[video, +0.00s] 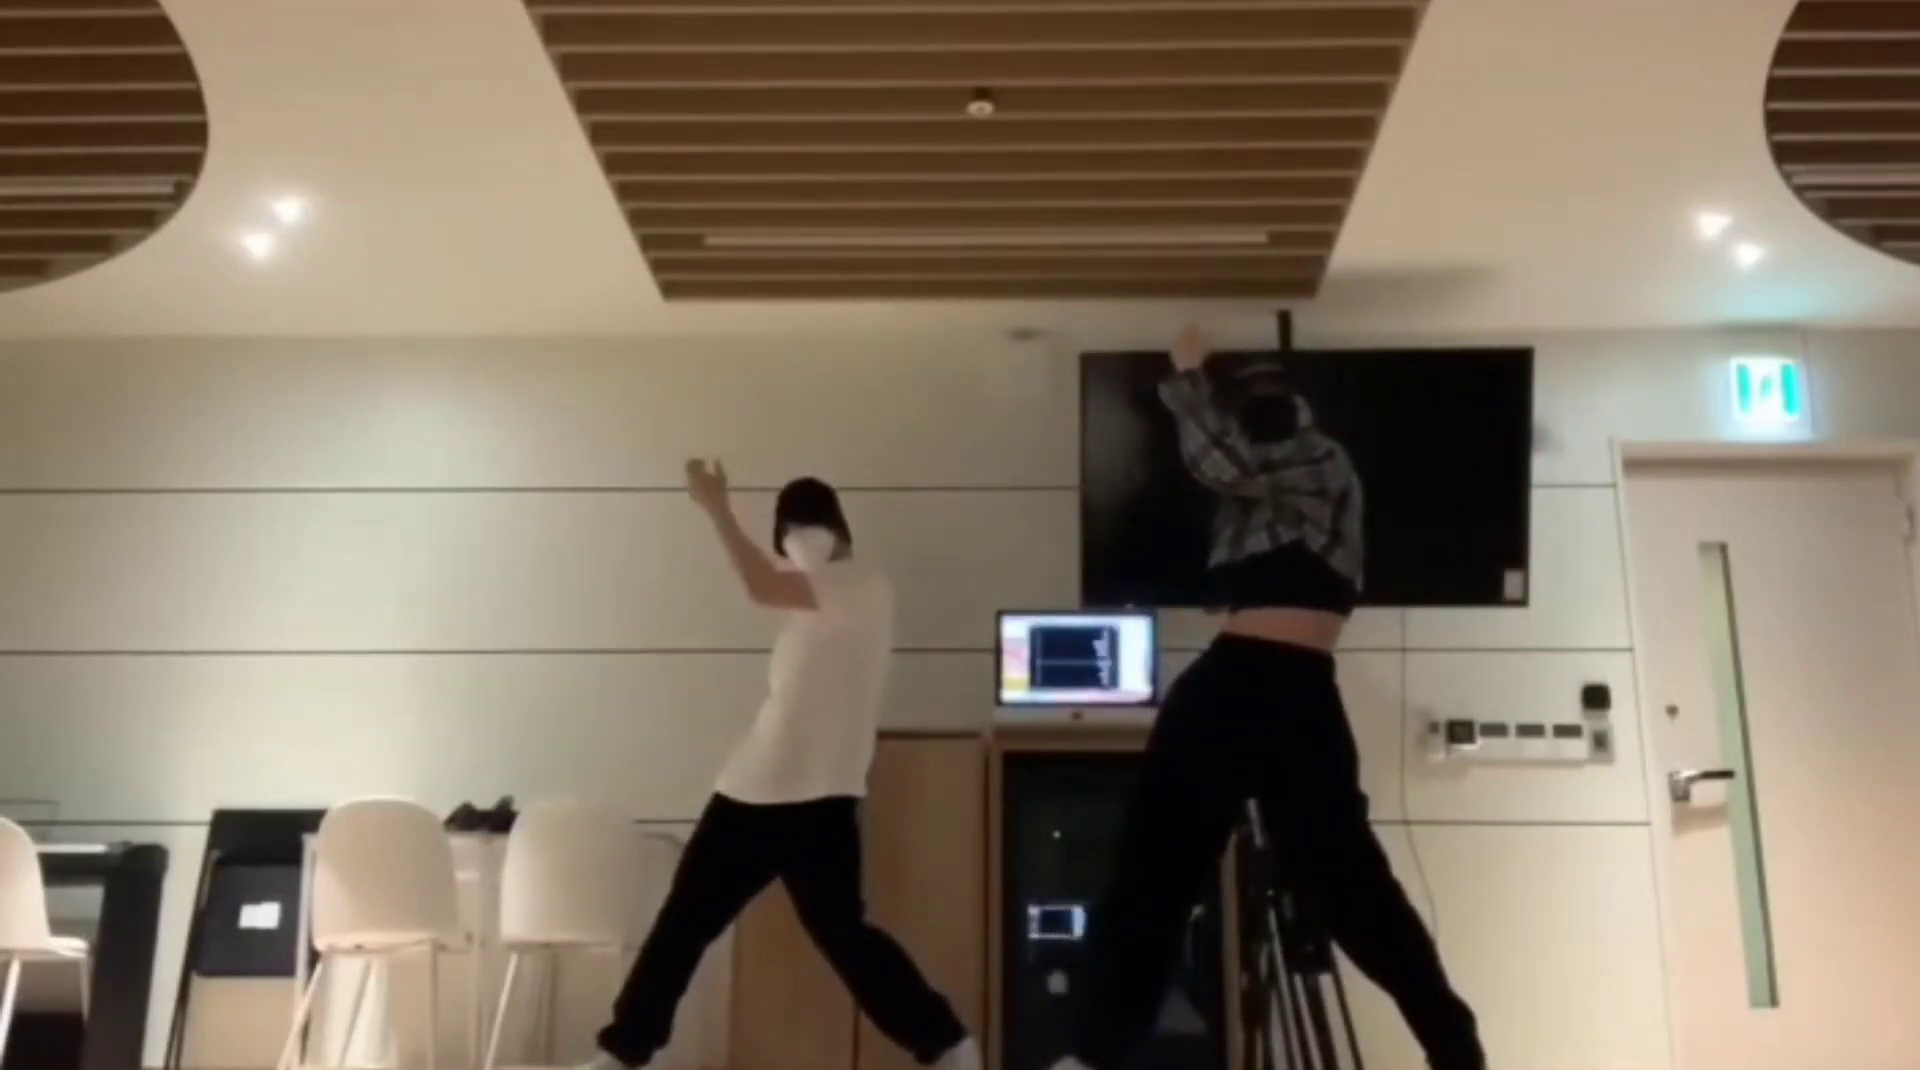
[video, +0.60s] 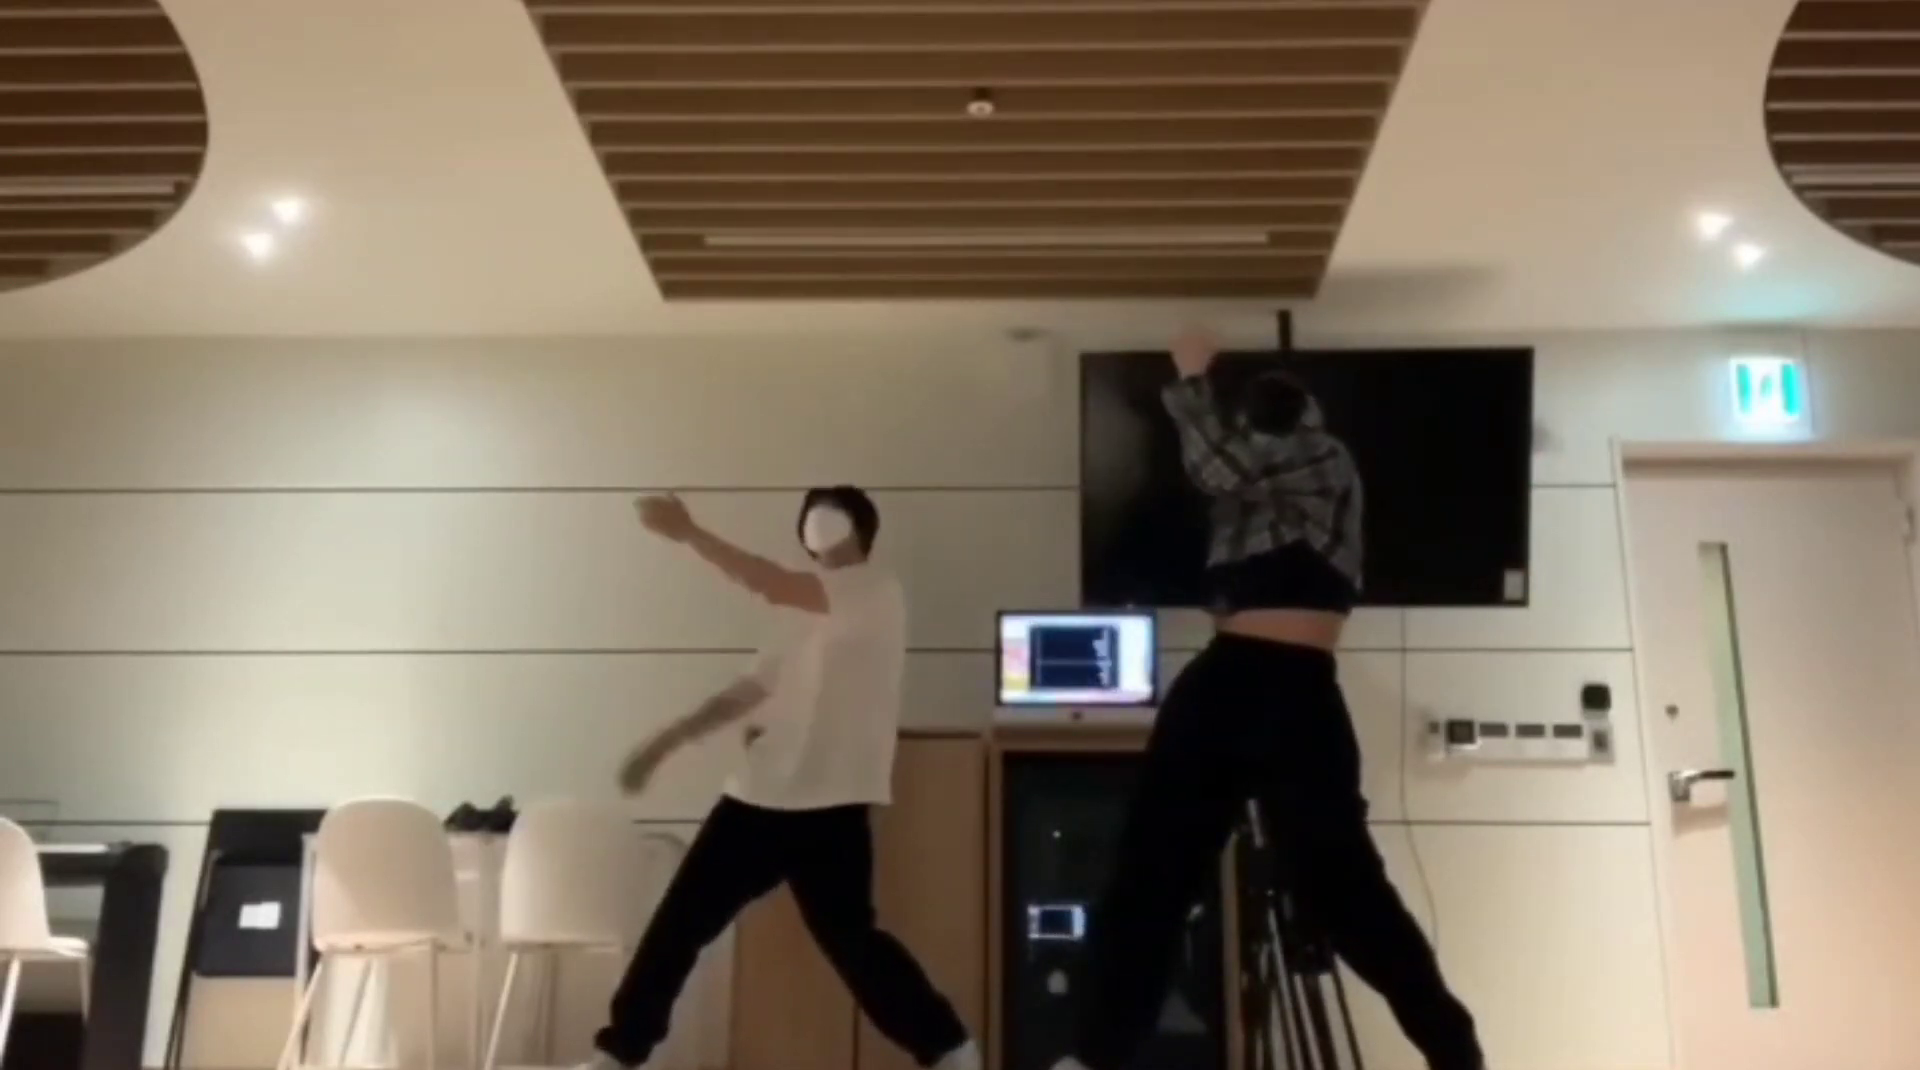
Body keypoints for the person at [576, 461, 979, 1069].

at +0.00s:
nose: (789, 554)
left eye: (791, 541)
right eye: (787, 544)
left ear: (799, 534)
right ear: (840, 530)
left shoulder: (853, 585)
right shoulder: (858, 591)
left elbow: (765, 586)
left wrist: (718, 511)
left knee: (685, 924)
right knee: (842, 931)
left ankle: (624, 1048)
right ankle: (948, 1045)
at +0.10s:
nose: (795, 554)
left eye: (795, 540)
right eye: (793, 544)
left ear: (802, 535)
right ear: (845, 531)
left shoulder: (854, 586)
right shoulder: (864, 592)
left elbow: (769, 590)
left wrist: (712, 519)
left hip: (772, 792)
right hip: (824, 796)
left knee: (685, 923)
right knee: (842, 932)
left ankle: (623, 1049)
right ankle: (948, 1046)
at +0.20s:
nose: (797, 550)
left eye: (803, 535)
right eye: (793, 540)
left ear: (830, 531)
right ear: (842, 533)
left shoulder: (861, 588)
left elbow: (771, 590)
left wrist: (713, 522)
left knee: (682, 925)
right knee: (843, 933)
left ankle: (623, 1049)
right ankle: (948, 1047)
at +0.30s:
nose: (801, 538)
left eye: (809, 523)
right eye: (794, 529)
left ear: (839, 526)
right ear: (795, 543)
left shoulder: (865, 589)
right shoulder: (823, 597)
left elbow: (773, 591)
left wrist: (712, 522)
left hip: (807, 797)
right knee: (841, 933)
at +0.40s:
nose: (807, 535)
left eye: (819, 520)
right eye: (798, 525)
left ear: (846, 527)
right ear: (793, 539)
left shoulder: (867, 590)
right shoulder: (814, 595)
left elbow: (775, 592)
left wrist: (712, 523)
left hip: (811, 798)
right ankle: (622, 1049)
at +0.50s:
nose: (813, 527)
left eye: (826, 514)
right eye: (803, 518)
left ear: (855, 525)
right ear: (795, 535)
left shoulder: (871, 592)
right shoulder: (799, 605)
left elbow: (777, 593)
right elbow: (767, 701)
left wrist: (707, 526)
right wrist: (728, 763)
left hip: (816, 798)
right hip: (749, 793)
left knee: (841, 932)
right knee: (677, 925)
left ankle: (946, 1046)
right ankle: (622, 1049)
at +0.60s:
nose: (825, 550)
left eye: (838, 534)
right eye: (813, 537)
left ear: (866, 534)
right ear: (802, 541)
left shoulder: (876, 595)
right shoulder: (808, 617)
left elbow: (772, 583)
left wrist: (687, 531)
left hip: (830, 805)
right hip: (757, 801)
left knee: (851, 940)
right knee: (679, 925)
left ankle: (949, 1049)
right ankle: (621, 1050)